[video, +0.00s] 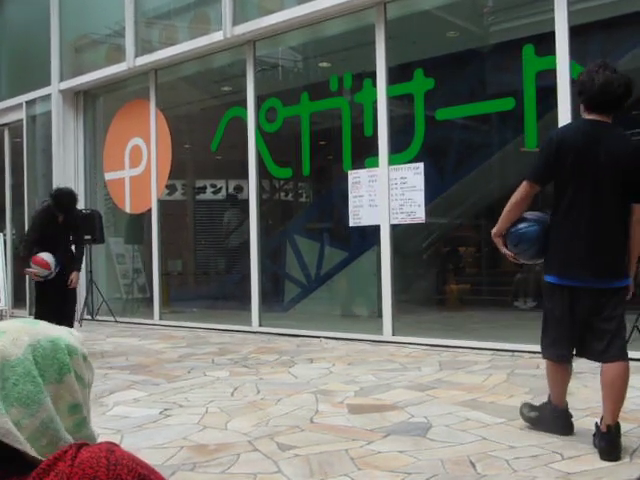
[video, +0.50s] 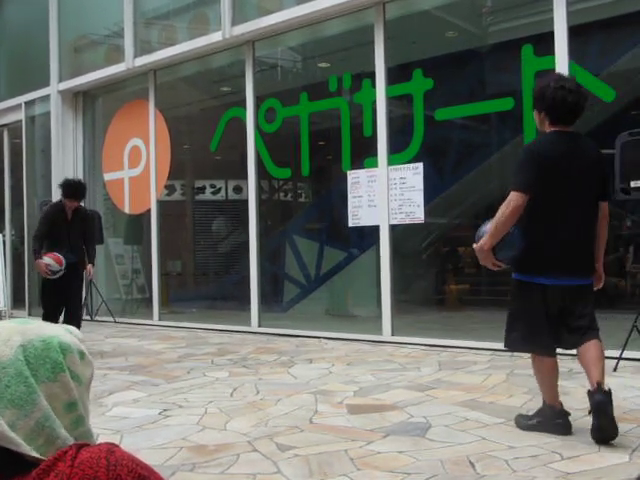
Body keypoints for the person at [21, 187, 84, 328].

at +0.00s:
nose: (62, 217)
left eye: (67, 213)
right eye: (60, 212)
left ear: (71, 208)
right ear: (54, 206)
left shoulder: (74, 215)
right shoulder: (41, 215)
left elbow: (79, 244)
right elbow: (29, 240)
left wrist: (76, 270)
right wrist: (26, 265)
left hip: (66, 264)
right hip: (44, 263)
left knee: (67, 305)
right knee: (45, 306)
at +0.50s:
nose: (72, 205)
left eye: (76, 202)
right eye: (69, 201)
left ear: (81, 200)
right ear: (63, 197)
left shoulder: (85, 215)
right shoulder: (51, 212)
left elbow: (89, 241)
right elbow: (38, 237)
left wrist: (90, 262)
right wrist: (37, 259)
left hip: (75, 268)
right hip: (52, 267)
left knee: (74, 314)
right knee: (51, 313)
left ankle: (69, 349)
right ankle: (47, 348)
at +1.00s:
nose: (69, 194)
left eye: (70, 190)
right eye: (64, 191)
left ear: (74, 191)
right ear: (56, 195)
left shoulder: (86, 214)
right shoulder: (52, 218)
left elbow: (95, 240)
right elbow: (51, 244)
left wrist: (98, 261)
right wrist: (61, 263)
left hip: (86, 264)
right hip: (64, 266)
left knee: (86, 301)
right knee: (67, 304)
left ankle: (89, 333)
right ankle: (69, 336)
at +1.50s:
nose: (91, 192)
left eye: (93, 188)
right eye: (87, 189)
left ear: (96, 191)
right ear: (78, 193)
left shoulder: (103, 214)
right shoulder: (73, 214)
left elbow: (104, 240)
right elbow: (60, 237)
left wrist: (95, 257)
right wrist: (51, 255)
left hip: (99, 262)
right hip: (79, 263)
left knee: (97, 297)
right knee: (78, 298)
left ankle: (95, 331)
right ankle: (73, 334)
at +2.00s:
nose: (112, 192)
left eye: (113, 189)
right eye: (108, 189)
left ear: (114, 191)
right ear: (98, 191)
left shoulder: (110, 213)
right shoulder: (91, 213)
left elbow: (117, 238)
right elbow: (88, 237)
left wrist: (127, 258)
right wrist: (93, 254)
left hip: (110, 260)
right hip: (96, 261)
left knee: (104, 296)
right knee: (106, 296)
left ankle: (95, 329)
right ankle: (120, 331)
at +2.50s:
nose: (124, 190)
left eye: (123, 186)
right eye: (121, 187)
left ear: (111, 192)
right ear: (111, 191)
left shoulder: (106, 209)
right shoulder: (113, 210)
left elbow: (110, 237)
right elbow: (126, 235)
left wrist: (123, 253)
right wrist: (142, 254)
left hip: (108, 259)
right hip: (112, 260)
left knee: (117, 295)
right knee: (119, 295)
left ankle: (97, 323)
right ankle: (123, 333)